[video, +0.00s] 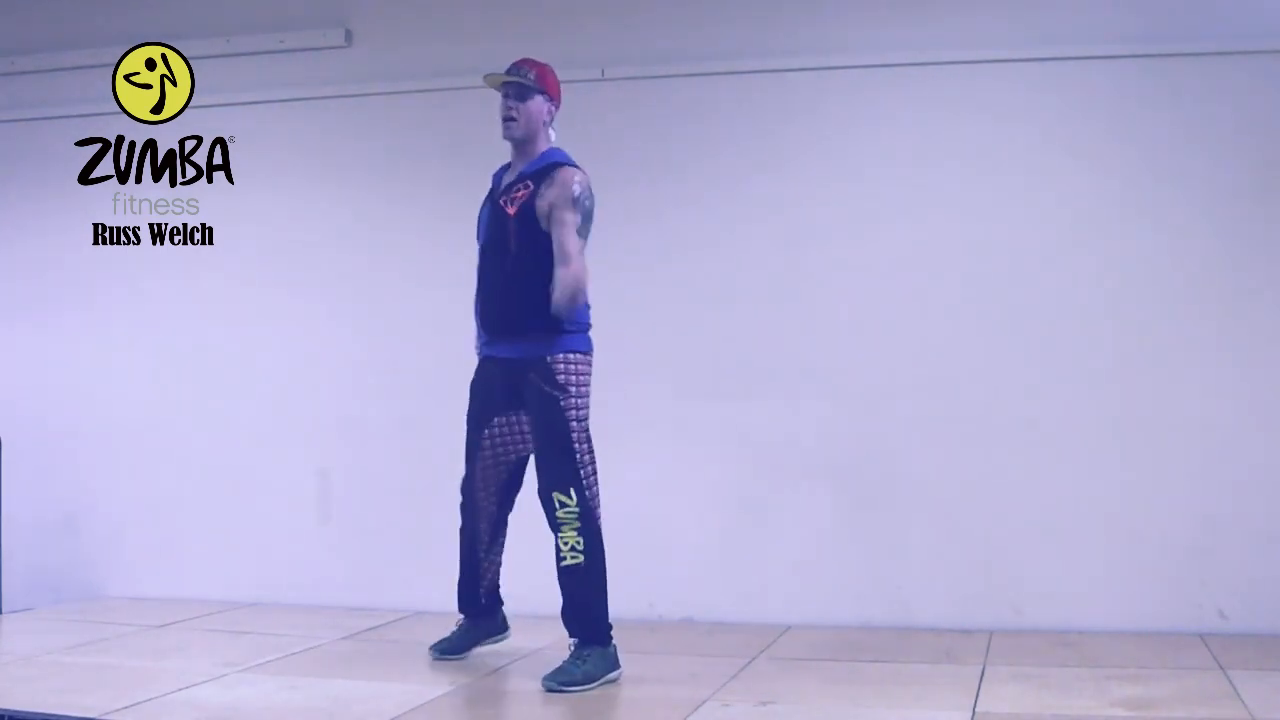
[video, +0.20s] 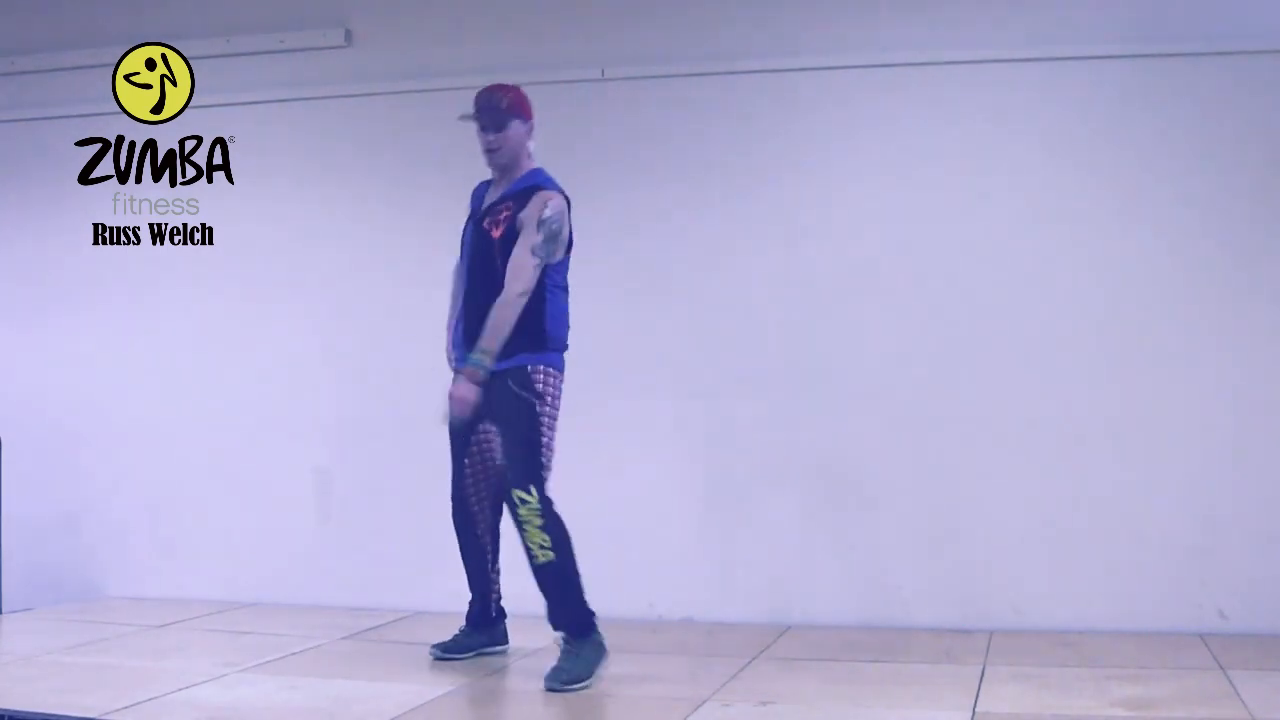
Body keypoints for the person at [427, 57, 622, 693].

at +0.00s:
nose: (508, 107)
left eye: (520, 98)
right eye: (504, 98)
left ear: (550, 108)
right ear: (501, 109)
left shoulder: (563, 179)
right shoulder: (501, 182)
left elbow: (571, 266)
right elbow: (498, 268)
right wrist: (493, 343)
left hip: (554, 360)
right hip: (500, 361)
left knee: (569, 500)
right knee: (482, 495)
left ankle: (594, 644)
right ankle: (482, 615)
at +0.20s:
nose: (488, 138)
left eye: (498, 127)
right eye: (481, 129)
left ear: (527, 129)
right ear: (476, 135)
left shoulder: (546, 202)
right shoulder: (482, 199)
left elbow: (517, 291)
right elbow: (463, 281)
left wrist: (475, 368)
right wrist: (455, 349)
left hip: (526, 370)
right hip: (476, 367)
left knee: (526, 499)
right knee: (472, 498)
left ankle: (581, 636)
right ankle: (485, 622)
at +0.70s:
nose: (448, 139)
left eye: (458, 128)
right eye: (440, 131)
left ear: (485, 132)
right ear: (435, 141)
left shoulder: (511, 203)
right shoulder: (454, 204)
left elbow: (502, 295)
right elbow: (465, 287)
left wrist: (438, 290)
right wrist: (446, 350)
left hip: (513, 367)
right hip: (462, 369)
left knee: (487, 495)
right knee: (455, 492)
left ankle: (522, 610)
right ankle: (480, 618)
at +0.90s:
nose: (445, 123)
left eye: (457, 114)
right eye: (440, 115)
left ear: (485, 124)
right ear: (436, 129)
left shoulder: (516, 187)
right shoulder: (441, 200)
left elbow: (536, 259)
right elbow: (438, 272)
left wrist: (473, 219)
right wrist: (439, 332)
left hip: (521, 356)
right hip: (468, 363)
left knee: (504, 475)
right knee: (468, 489)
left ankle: (553, 607)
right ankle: (483, 623)